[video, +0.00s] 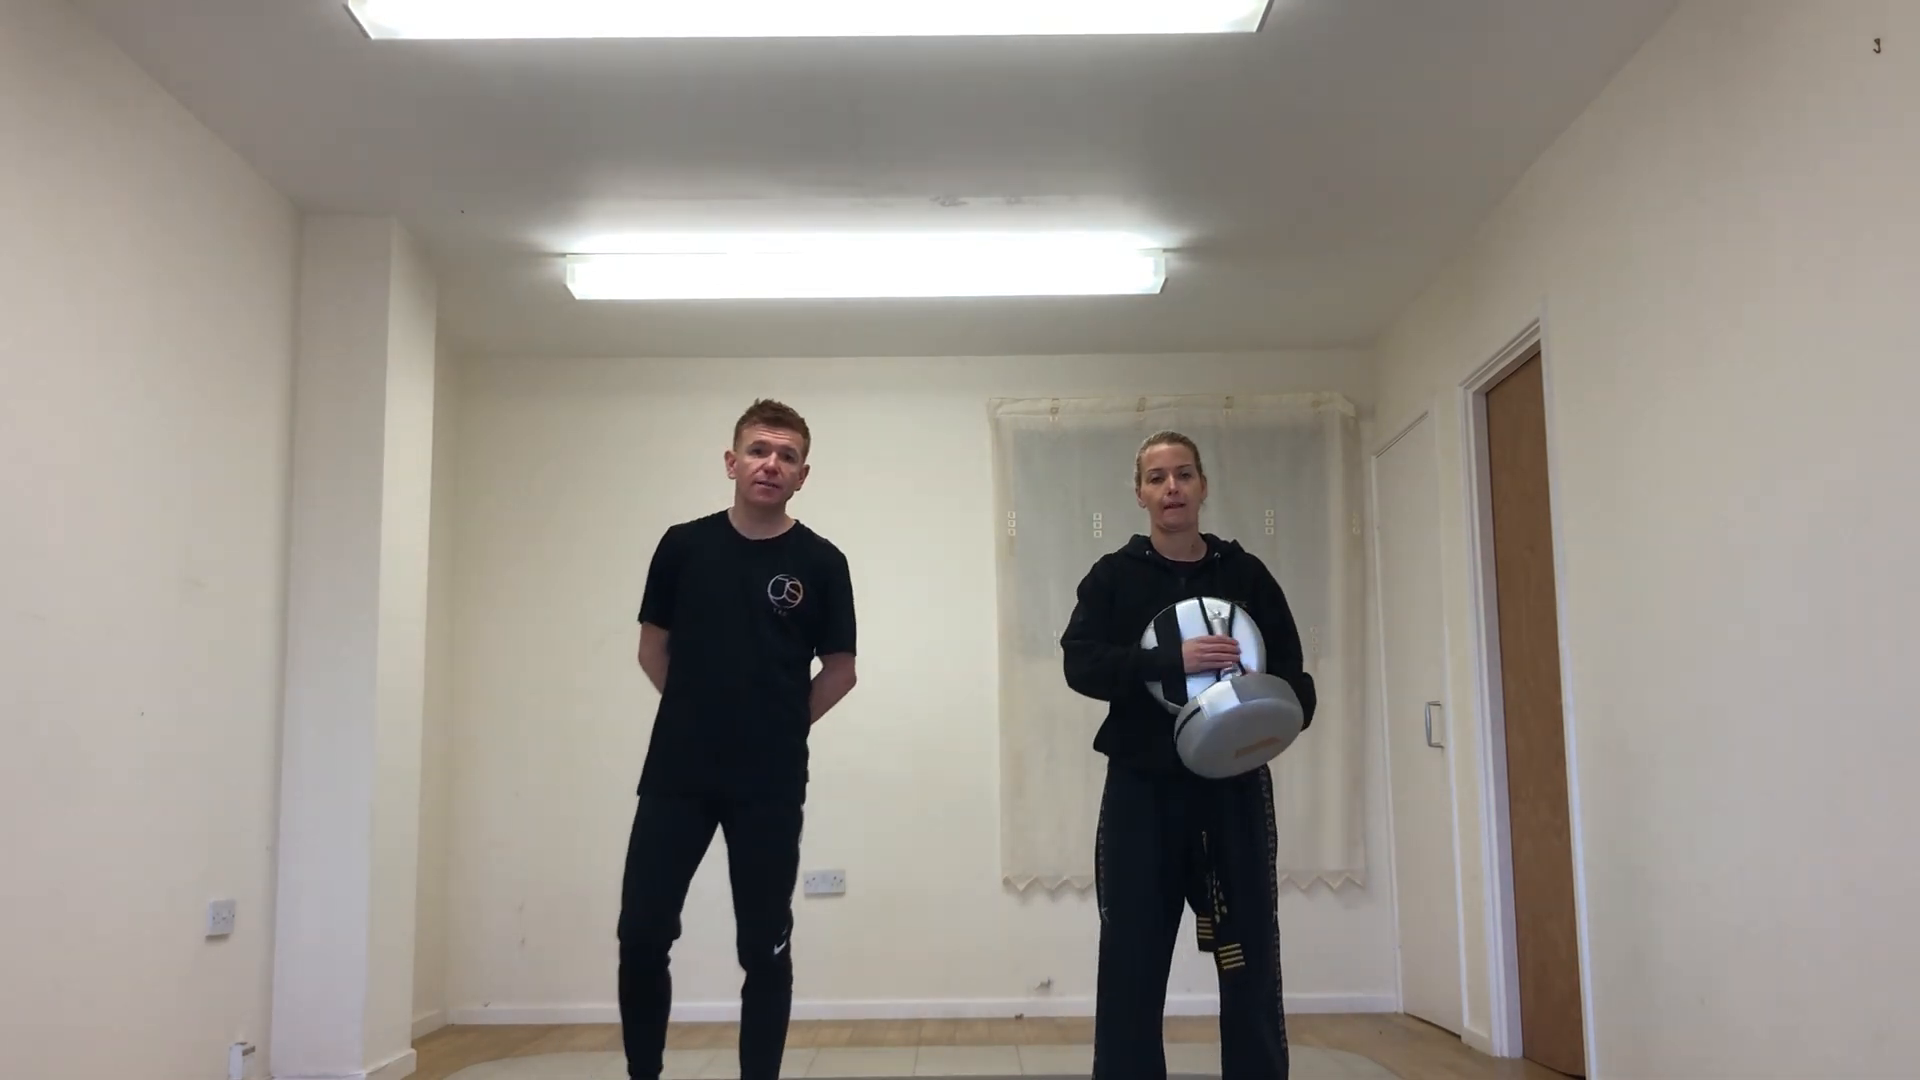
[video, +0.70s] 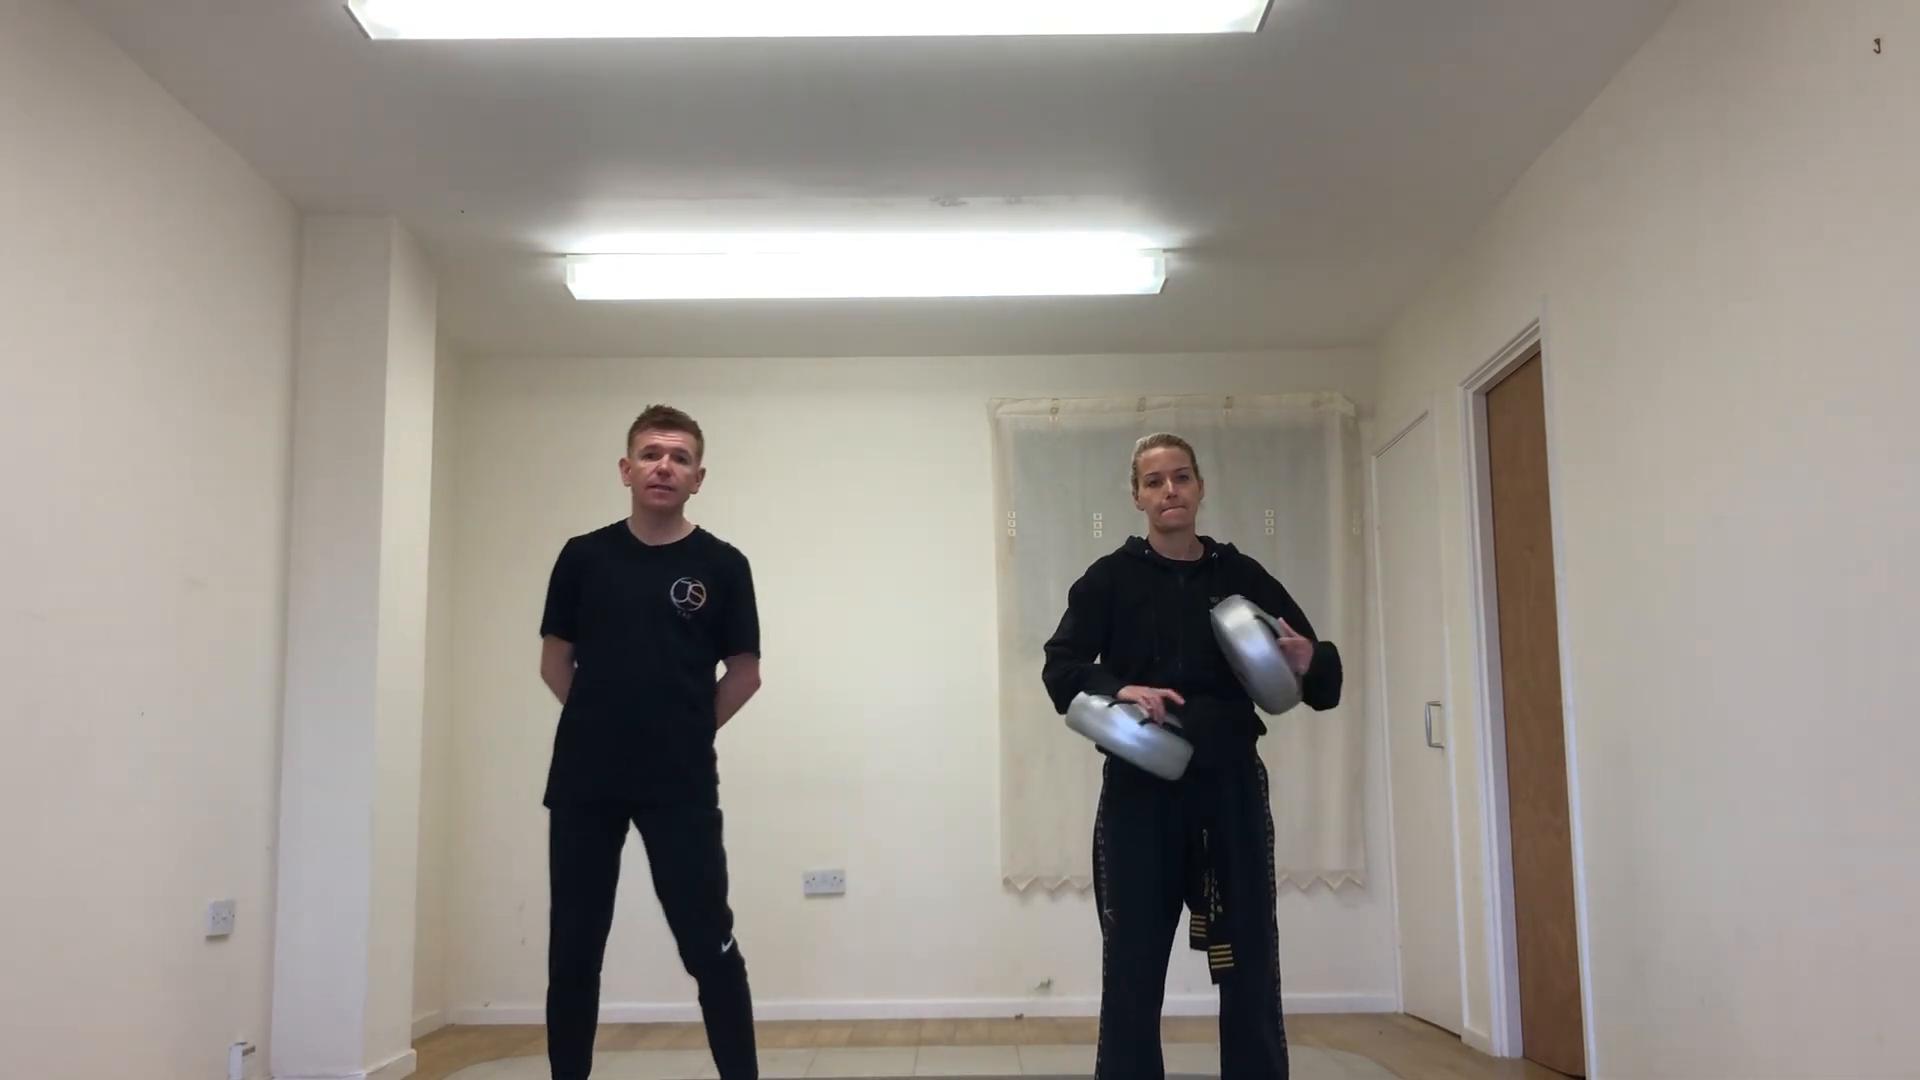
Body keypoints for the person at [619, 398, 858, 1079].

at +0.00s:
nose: (771, 463)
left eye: (787, 455)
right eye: (759, 450)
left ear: (802, 475)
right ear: (731, 461)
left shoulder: (822, 562)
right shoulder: (682, 544)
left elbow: (841, 670)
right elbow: (652, 649)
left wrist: (779, 720)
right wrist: (701, 707)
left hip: (768, 773)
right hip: (680, 764)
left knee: (764, 947)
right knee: (641, 933)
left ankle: (760, 1076)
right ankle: (643, 1074)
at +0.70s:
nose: (664, 466)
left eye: (680, 457)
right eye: (651, 454)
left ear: (698, 477)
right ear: (626, 469)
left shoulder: (723, 564)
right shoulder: (581, 555)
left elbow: (745, 673)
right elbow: (555, 663)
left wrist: (687, 726)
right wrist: (605, 717)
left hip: (678, 771)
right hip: (588, 769)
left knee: (710, 949)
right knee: (573, 952)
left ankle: (741, 1076)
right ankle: (568, 1076)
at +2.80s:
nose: (678, 463)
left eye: (692, 454)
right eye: (665, 451)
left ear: (710, 475)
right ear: (639, 466)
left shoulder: (729, 568)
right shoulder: (587, 546)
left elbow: (740, 679)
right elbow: (548, 653)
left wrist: (679, 718)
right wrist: (598, 714)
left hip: (683, 779)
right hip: (591, 771)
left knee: (684, 955)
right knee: (560, 952)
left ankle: (680, 1077)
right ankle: (539, 1076)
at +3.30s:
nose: (601, 466)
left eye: (616, 455)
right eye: (587, 454)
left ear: (639, 472)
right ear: (566, 469)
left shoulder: (667, 563)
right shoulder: (525, 551)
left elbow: (686, 676)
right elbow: (502, 656)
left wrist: (625, 721)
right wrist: (554, 710)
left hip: (622, 776)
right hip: (531, 773)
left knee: (645, 951)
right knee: (525, 954)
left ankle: (667, 1076)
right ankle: (526, 1076)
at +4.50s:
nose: (629, 463)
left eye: (645, 455)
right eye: (616, 451)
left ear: (661, 475)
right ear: (590, 466)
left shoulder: (690, 562)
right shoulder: (546, 557)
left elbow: (714, 671)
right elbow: (523, 667)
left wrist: (656, 722)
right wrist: (576, 718)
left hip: (654, 776)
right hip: (562, 775)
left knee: (666, 951)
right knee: (544, 950)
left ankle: (674, 1076)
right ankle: (533, 1076)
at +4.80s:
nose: (635, 465)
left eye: (650, 457)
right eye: (622, 452)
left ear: (665, 476)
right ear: (593, 464)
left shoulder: (689, 562)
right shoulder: (544, 553)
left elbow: (708, 673)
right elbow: (516, 661)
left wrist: (648, 719)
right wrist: (568, 716)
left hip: (650, 778)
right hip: (558, 775)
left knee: (663, 951)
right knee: (541, 952)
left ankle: (673, 1076)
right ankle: (532, 1076)